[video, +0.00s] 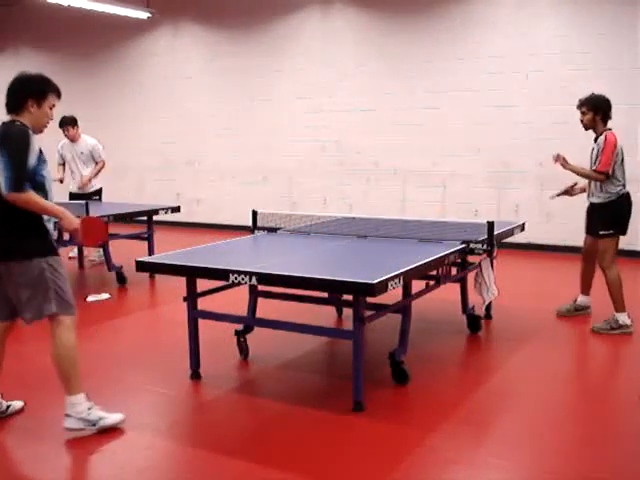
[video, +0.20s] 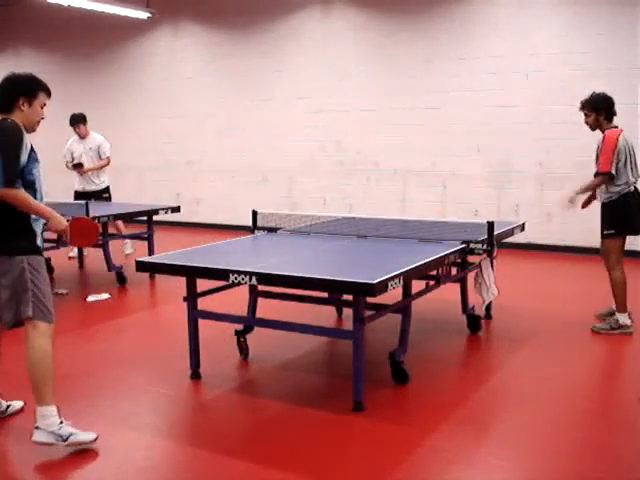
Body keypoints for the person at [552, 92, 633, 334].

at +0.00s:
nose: (580, 118)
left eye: (584, 113)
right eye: (580, 113)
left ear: (597, 114)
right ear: (594, 115)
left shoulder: (608, 139)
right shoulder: (599, 141)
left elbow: (601, 176)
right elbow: (602, 179)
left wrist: (569, 166)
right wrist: (581, 188)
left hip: (612, 204)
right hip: (598, 204)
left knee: (606, 261)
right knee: (588, 254)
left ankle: (622, 318)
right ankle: (582, 301)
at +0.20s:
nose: (585, 120)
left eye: (587, 115)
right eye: (584, 115)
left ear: (600, 115)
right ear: (603, 115)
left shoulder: (609, 138)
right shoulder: (616, 135)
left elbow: (603, 175)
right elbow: (611, 175)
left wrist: (578, 192)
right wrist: (594, 194)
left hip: (616, 202)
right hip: (621, 200)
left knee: (613, 260)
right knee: (611, 256)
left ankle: (622, 317)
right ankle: (619, 307)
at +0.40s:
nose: (588, 125)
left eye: (589, 119)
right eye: (587, 120)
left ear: (601, 116)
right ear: (606, 116)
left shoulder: (611, 137)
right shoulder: (626, 135)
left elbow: (612, 175)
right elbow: (626, 173)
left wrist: (593, 198)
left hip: (619, 201)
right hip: (634, 199)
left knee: (615, 261)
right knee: (630, 258)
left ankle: (621, 317)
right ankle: (634, 310)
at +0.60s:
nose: (590, 125)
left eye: (591, 120)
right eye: (589, 120)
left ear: (603, 116)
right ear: (608, 117)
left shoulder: (612, 137)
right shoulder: (626, 136)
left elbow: (606, 173)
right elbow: (626, 176)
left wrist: (575, 185)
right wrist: (604, 192)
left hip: (621, 201)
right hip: (633, 200)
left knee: (610, 259)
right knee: (630, 257)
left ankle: (620, 316)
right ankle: (635, 309)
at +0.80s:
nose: (590, 121)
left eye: (593, 116)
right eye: (589, 117)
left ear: (605, 115)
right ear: (608, 117)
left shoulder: (610, 136)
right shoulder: (623, 136)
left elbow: (603, 171)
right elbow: (621, 174)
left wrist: (574, 186)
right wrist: (597, 188)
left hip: (618, 201)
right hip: (633, 200)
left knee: (597, 255)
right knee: (628, 254)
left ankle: (605, 312)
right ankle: (634, 309)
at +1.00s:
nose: (581, 122)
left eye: (584, 117)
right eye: (581, 117)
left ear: (597, 116)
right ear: (602, 117)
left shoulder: (600, 137)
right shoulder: (614, 138)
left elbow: (597, 174)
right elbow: (607, 177)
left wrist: (567, 183)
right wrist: (581, 184)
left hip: (609, 199)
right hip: (627, 197)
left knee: (592, 258)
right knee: (622, 254)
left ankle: (586, 314)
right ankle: (633, 308)